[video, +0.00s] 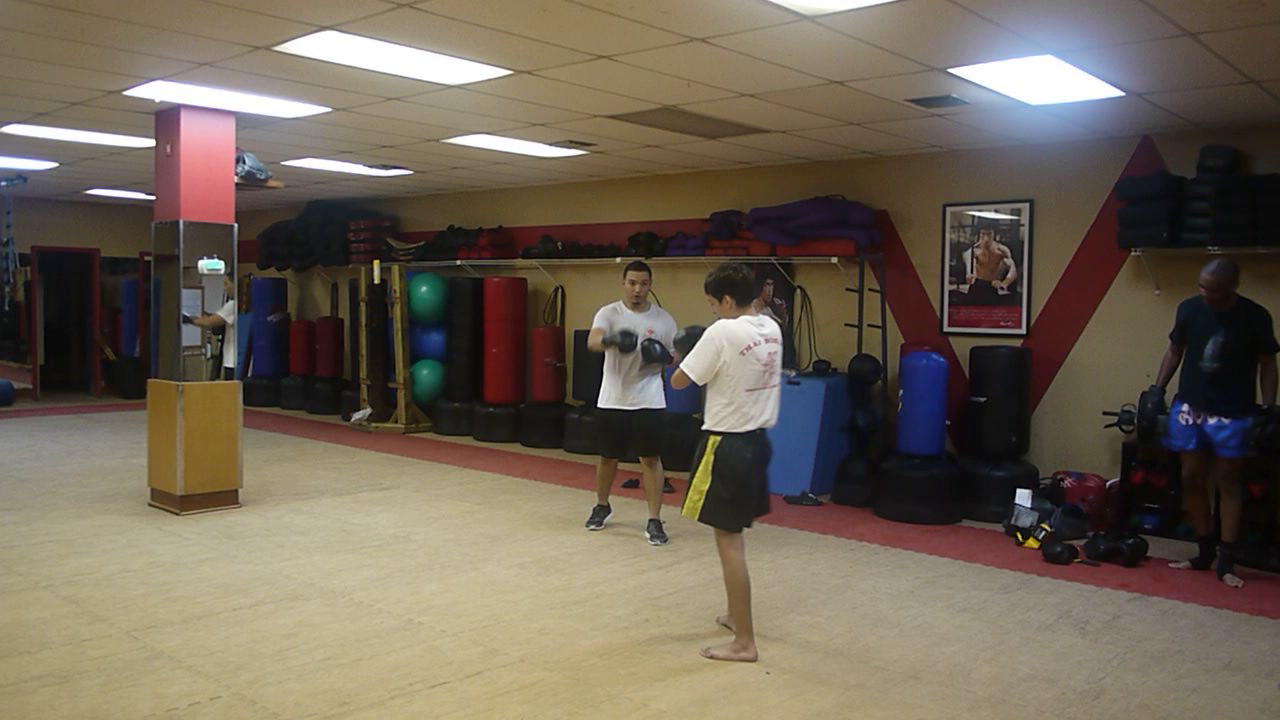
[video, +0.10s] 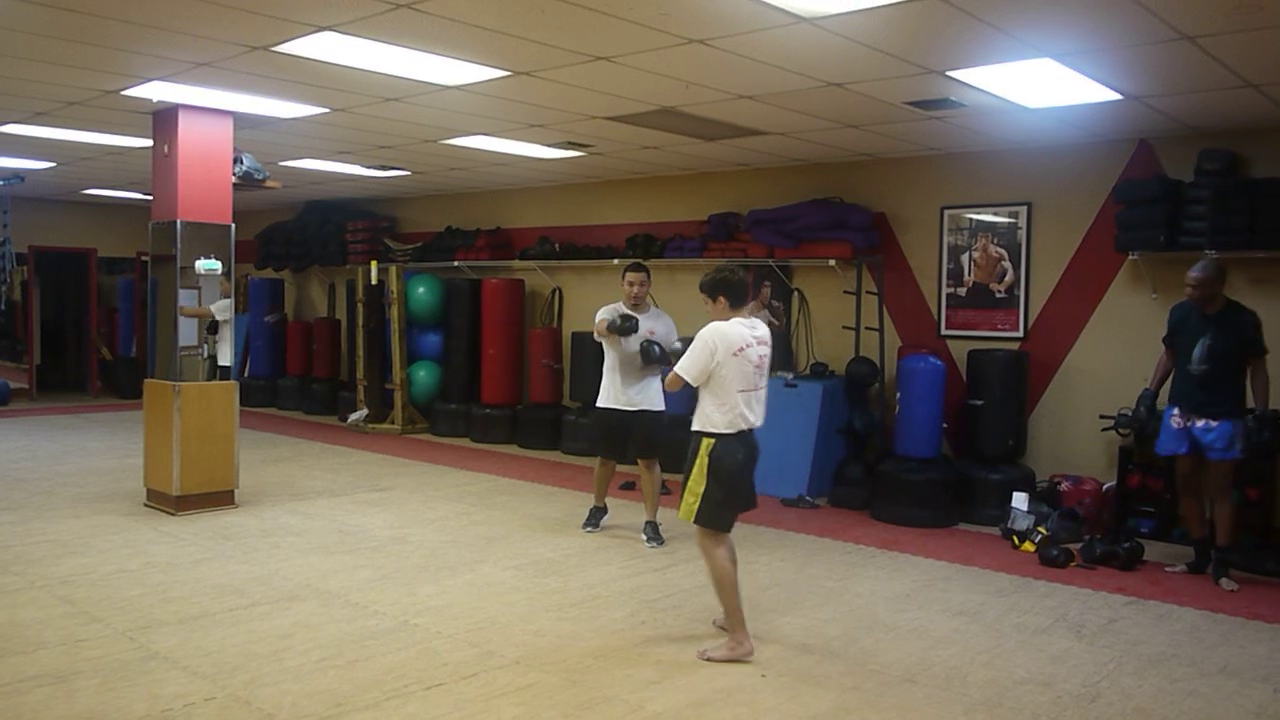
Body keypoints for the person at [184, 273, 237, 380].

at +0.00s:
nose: (224, 288)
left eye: (226, 284)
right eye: (224, 284)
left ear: (235, 285)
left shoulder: (234, 304)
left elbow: (211, 322)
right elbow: (218, 318)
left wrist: (191, 320)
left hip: (233, 366)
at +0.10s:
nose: (221, 288)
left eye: (222, 284)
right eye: (221, 284)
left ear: (231, 284)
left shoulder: (229, 304)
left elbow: (205, 312)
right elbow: (206, 311)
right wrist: (181, 310)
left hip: (228, 364)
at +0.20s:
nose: (216, 288)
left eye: (218, 284)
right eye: (217, 284)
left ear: (229, 285)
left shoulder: (227, 304)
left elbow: (201, 310)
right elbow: (201, 309)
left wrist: (175, 308)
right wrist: (176, 308)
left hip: (226, 365)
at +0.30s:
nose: (215, 290)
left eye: (217, 286)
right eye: (216, 286)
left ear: (227, 287)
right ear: (226, 288)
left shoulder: (225, 305)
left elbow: (199, 313)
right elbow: (200, 313)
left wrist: (175, 312)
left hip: (223, 366)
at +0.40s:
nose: (216, 289)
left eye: (217, 285)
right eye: (216, 285)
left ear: (227, 286)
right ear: (227, 287)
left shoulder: (223, 306)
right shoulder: (240, 304)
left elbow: (197, 320)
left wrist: (176, 320)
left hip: (223, 365)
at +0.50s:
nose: (215, 289)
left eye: (217, 285)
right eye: (215, 285)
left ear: (226, 286)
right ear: (226, 287)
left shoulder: (220, 307)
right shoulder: (240, 305)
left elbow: (203, 325)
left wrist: (180, 331)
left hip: (221, 364)